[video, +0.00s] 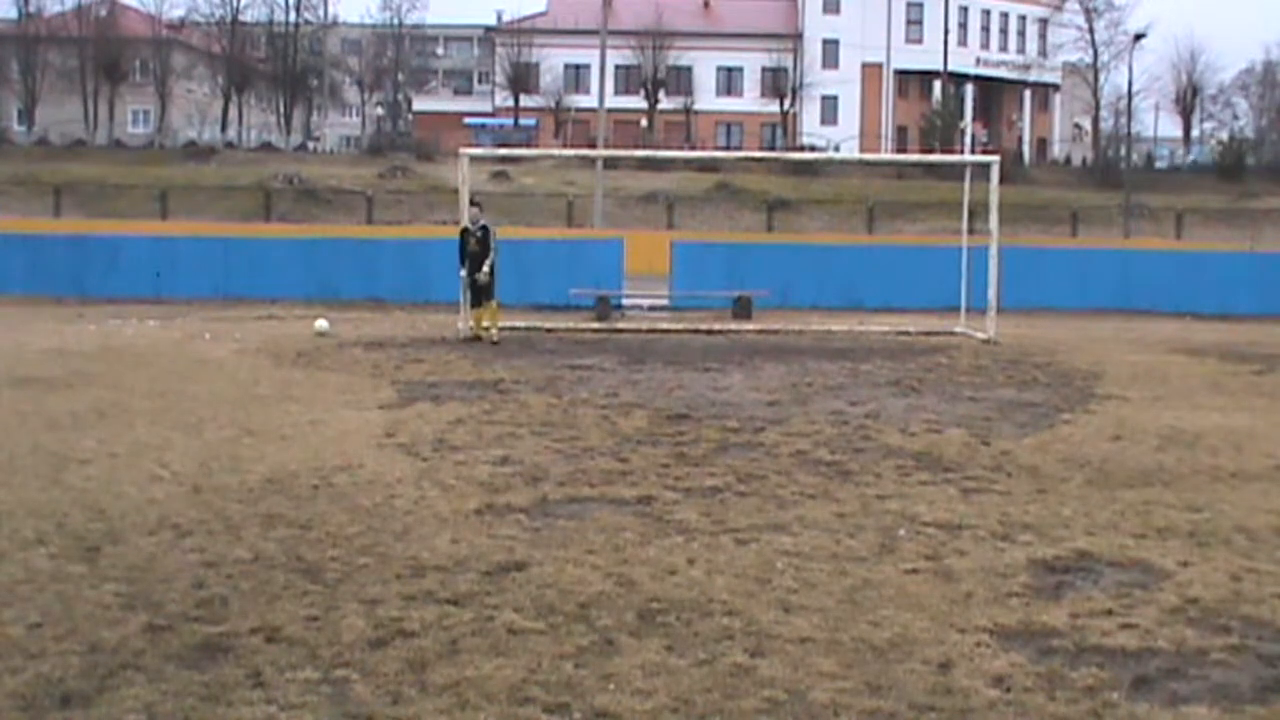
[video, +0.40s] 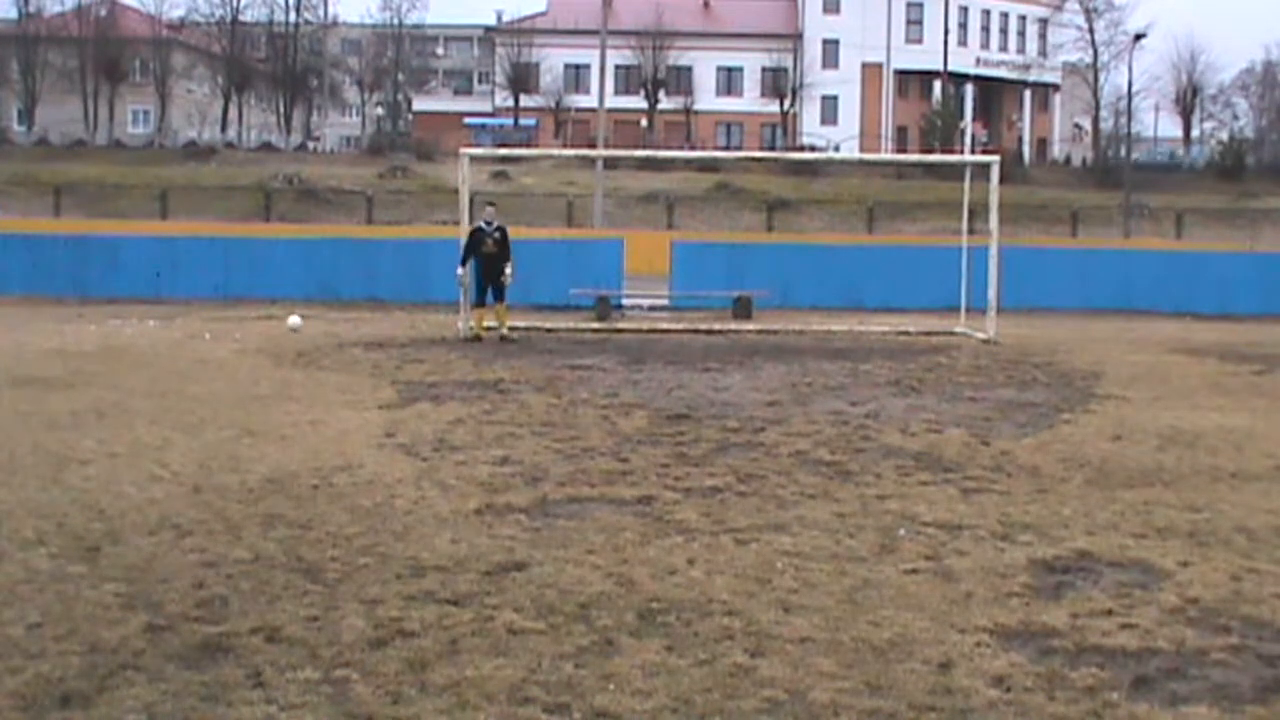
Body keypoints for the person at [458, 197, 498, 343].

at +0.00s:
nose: (473, 215)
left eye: (476, 211)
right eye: (471, 211)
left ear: (481, 213)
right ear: (467, 213)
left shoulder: (487, 231)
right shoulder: (464, 232)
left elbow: (491, 252)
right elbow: (462, 251)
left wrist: (486, 269)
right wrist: (463, 266)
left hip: (485, 269)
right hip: (471, 269)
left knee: (488, 300)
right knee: (474, 301)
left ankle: (492, 328)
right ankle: (476, 328)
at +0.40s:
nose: (489, 216)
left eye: (492, 213)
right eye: (487, 213)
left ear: (495, 214)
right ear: (483, 214)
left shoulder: (501, 231)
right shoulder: (476, 232)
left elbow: (506, 252)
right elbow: (468, 251)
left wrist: (508, 267)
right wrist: (462, 267)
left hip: (498, 270)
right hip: (481, 270)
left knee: (500, 300)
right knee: (479, 302)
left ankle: (503, 328)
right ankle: (477, 328)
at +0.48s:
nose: (495, 216)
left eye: (497, 214)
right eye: (493, 213)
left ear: (501, 215)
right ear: (489, 215)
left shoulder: (507, 231)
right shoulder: (482, 231)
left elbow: (511, 252)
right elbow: (473, 248)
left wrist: (512, 267)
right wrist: (467, 261)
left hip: (502, 269)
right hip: (486, 269)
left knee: (502, 300)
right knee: (482, 300)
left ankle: (503, 327)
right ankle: (478, 328)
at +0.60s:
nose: (503, 216)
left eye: (505, 213)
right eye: (500, 213)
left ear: (508, 214)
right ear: (496, 214)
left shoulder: (514, 231)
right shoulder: (491, 230)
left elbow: (518, 250)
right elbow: (482, 244)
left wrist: (521, 265)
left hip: (509, 268)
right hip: (494, 268)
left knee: (506, 300)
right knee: (487, 300)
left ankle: (504, 327)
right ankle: (481, 328)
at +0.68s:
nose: (507, 215)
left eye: (509, 212)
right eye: (504, 212)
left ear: (512, 214)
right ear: (500, 214)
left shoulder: (517, 231)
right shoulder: (495, 230)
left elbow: (523, 250)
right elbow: (496, 246)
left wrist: (527, 265)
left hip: (512, 268)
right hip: (498, 268)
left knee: (508, 301)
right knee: (490, 300)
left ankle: (504, 329)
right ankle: (483, 329)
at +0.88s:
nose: (523, 215)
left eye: (524, 213)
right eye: (521, 212)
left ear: (524, 214)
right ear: (514, 214)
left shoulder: (527, 230)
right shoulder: (508, 229)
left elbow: (533, 250)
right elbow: (501, 232)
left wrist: (541, 265)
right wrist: (502, 226)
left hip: (521, 266)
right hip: (508, 266)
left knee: (513, 301)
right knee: (509, 301)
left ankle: (507, 331)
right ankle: (505, 332)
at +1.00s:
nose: (533, 219)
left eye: (533, 216)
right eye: (531, 216)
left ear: (532, 218)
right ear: (525, 216)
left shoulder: (532, 232)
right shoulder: (516, 230)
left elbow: (540, 250)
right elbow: (510, 233)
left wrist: (549, 266)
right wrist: (509, 228)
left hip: (526, 267)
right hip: (515, 267)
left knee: (515, 300)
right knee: (522, 298)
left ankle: (505, 329)